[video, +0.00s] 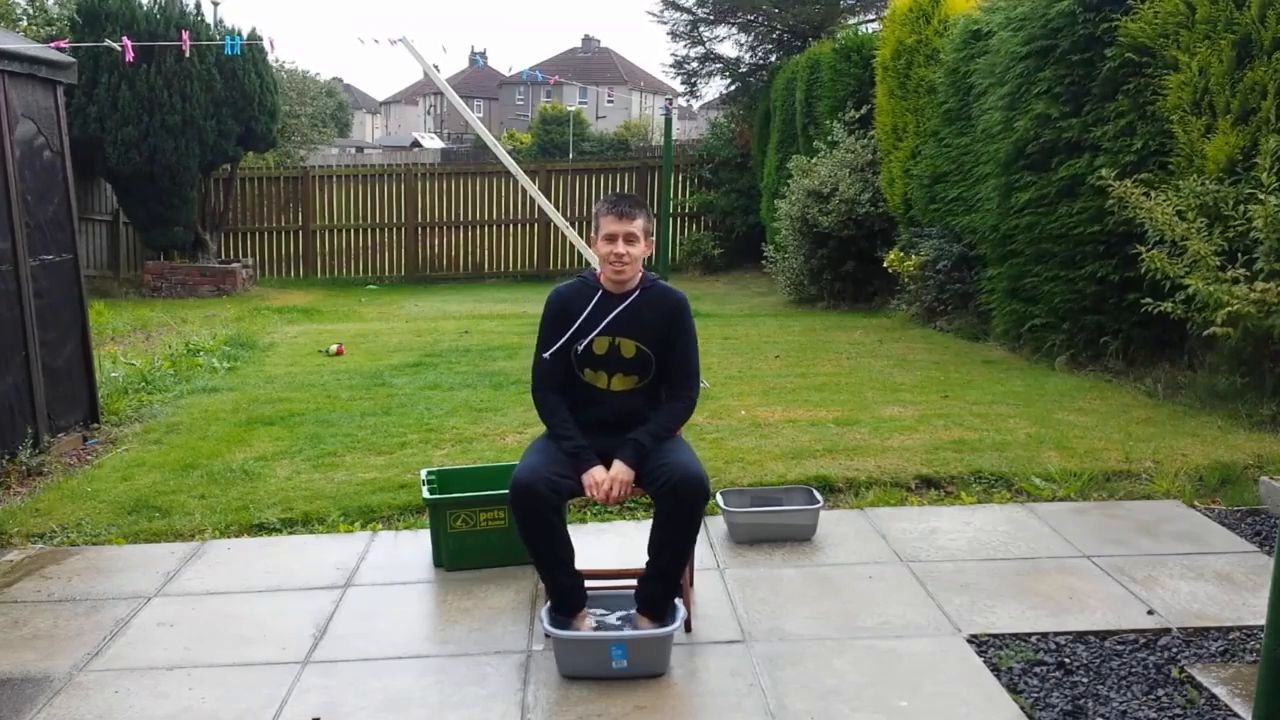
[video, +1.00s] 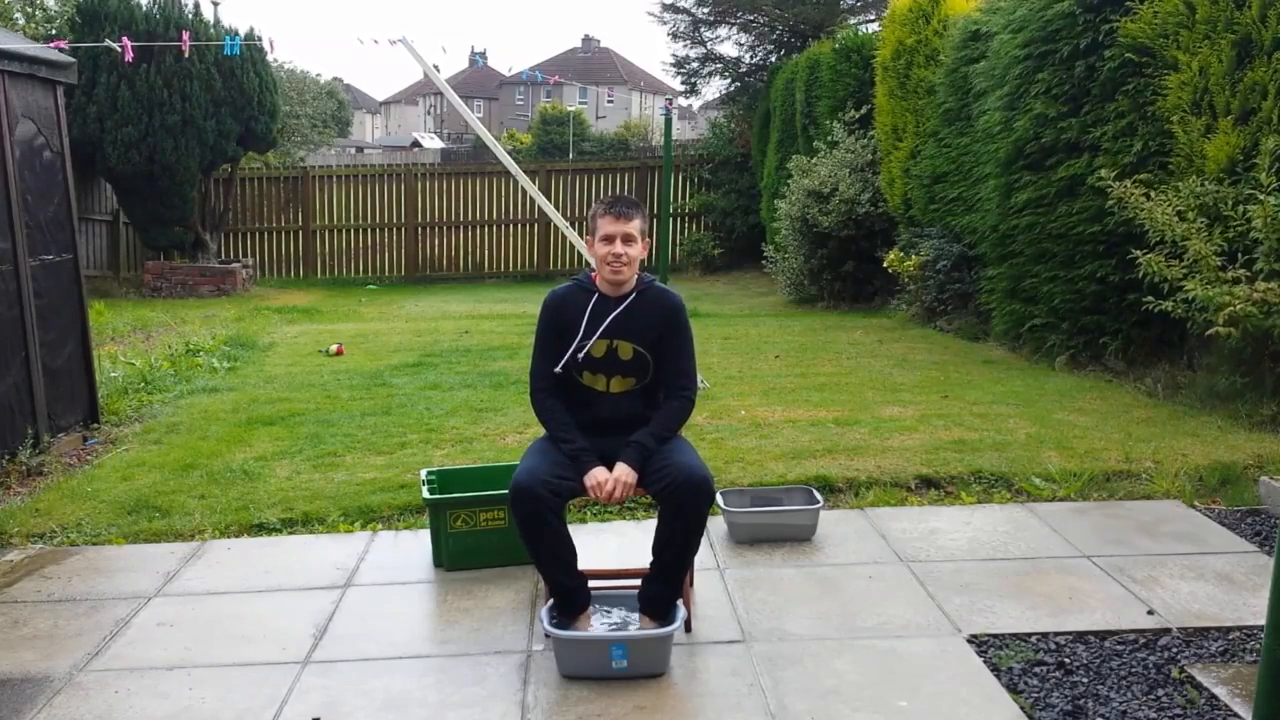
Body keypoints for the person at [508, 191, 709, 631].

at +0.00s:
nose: (618, 250)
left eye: (630, 239)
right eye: (609, 239)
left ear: (648, 247)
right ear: (594, 245)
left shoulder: (670, 305)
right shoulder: (565, 301)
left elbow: (683, 395)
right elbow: (546, 388)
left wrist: (631, 456)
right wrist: (586, 461)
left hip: (648, 435)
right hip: (574, 436)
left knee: (689, 484)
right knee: (527, 487)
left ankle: (654, 604)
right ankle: (569, 604)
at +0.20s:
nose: (648, 255)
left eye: (659, 245)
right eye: (639, 243)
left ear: (675, 252)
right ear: (622, 245)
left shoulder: (688, 313)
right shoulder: (584, 298)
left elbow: (690, 402)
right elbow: (553, 383)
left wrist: (633, 456)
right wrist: (588, 460)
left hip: (652, 436)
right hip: (579, 433)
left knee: (692, 487)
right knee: (534, 482)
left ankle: (652, 607)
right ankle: (571, 607)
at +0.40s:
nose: (652, 253)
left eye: (663, 244)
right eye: (642, 242)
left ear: (678, 250)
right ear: (625, 245)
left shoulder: (689, 313)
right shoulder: (585, 298)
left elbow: (689, 400)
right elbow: (555, 383)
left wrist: (636, 454)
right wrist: (588, 459)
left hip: (651, 436)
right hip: (579, 433)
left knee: (695, 486)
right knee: (532, 485)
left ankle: (653, 608)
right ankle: (574, 605)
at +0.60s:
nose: (623, 247)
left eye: (634, 237)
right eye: (613, 237)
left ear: (650, 247)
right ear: (596, 243)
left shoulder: (668, 306)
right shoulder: (565, 302)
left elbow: (681, 393)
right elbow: (546, 390)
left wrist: (633, 454)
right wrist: (587, 460)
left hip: (648, 434)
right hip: (575, 435)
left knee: (693, 484)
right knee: (529, 489)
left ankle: (657, 604)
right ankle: (573, 604)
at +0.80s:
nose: (613, 247)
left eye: (624, 237)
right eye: (602, 238)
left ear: (641, 245)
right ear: (587, 245)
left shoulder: (664, 304)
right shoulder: (559, 303)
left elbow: (680, 393)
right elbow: (543, 391)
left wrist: (633, 457)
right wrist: (586, 461)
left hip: (648, 434)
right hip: (573, 436)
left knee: (693, 484)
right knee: (528, 490)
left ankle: (657, 604)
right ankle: (573, 605)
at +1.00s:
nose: (617, 250)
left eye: (628, 240)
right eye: (607, 240)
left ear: (644, 248)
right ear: (590, 246)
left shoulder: (665, 306)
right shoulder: (561, 304)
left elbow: (681, 394)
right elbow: (543, 392)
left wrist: (634, 458)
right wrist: (587, 462)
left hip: (648, 435)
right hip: (574, 437)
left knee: (694, 484)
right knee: (527, 490)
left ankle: (658, 602)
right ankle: (572, 601)